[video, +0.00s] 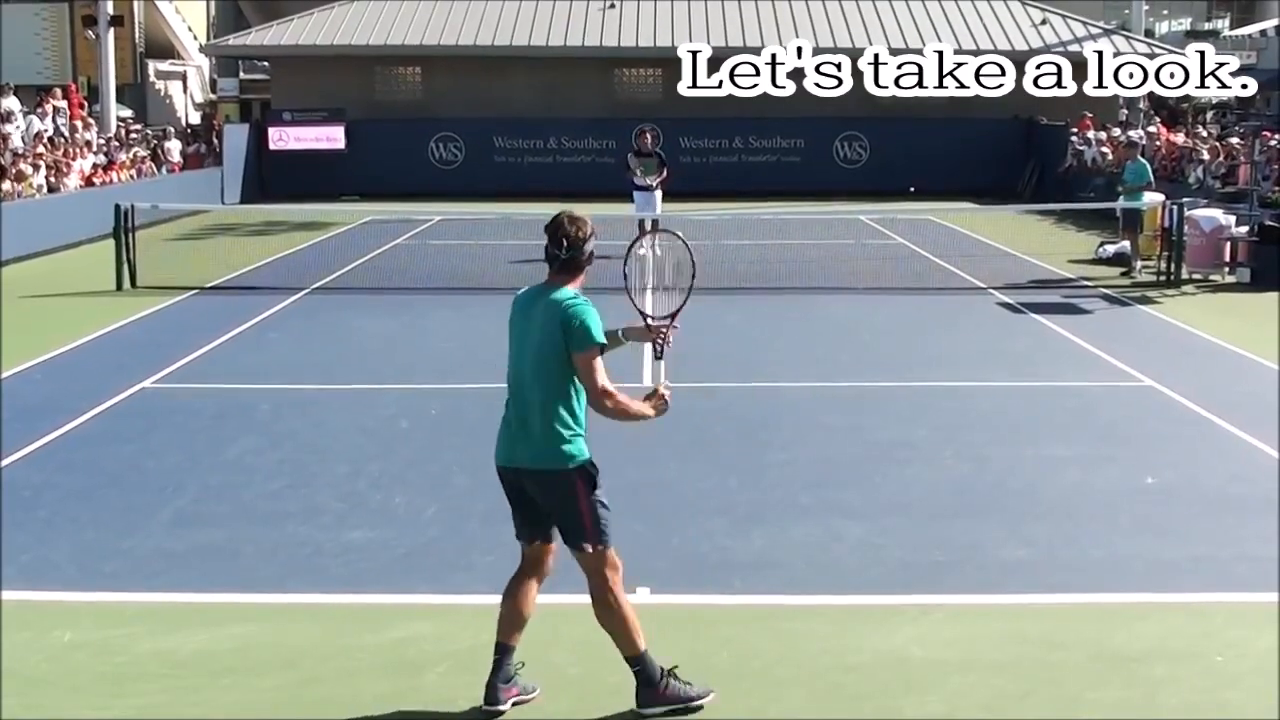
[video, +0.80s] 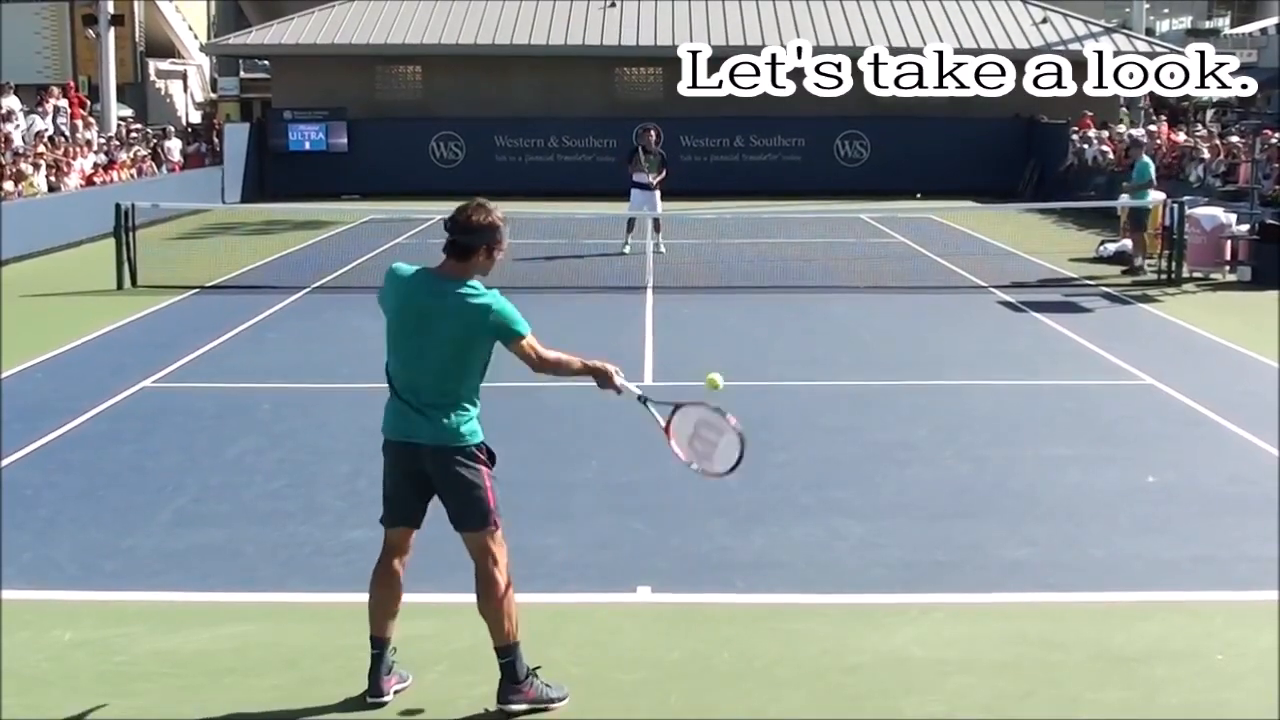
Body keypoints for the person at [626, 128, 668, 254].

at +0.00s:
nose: (646, 141)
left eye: (648, 138)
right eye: (643, 139)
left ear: (652, 140)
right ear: (638, 141)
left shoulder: (657, 154)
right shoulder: (633, 156)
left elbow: (664, 171)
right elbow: (630, 172)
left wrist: (656, 181)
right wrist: (636, 174)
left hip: (654, 189)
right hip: (640, 189)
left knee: (655, 217)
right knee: (641, 218)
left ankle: (655, 242)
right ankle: (643, 244)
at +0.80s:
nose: (650, 138)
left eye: (652, 136)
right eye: (647, 136)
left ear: (656, 138)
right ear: (643, 138)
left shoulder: (660, 154)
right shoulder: (636, 152)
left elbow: (664, 171)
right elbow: (631, 170)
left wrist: (656, 180)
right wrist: (639, 166)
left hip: (653, 187)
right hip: (638, 187)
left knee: (656, 215)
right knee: (632, 215)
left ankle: (659, 242)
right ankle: (627, 242)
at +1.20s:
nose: (650, 143)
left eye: (653, 141)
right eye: (648, 140)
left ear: (656, 143)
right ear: (643, 142)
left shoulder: (657, 159)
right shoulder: (637, 155)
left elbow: (661, 179)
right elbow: (633, 171)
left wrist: (674, 178)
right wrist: (647, 172)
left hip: (649, 190)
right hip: (634, 189)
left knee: (658, 215)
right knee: (629, 217)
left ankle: (663, 243)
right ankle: (615, 243)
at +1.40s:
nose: (659, 145)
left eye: (661, 142)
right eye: (657, 142)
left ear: (662, 144)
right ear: (651, 142)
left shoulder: (661, 160)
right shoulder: (640, 154)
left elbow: (671, 178)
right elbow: (626, 166)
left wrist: (688, 180)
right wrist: (631, 178)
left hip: (650, 189)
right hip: (637, 188)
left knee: (658, 215)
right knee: (634, 215)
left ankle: (662, 243)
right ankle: (619, 239)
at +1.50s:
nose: (661, 146)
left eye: (663, 144)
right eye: (659, 143)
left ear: (663, 146)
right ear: (652, 143)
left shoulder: (661, 162)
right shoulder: (639, 154)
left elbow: (663, 180)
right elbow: (625, 164)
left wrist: (674, 189)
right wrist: (626, 174)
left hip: (649, 189)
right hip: (635, 188)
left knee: (656, 215)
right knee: (636, 215)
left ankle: (661, 243)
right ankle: (626, 242)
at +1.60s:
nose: (660, 146)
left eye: (661, 143)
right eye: (658, 142)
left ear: (662, 145)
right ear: (651, 142)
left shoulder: (659, 162)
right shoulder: (637, 152)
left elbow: (656, 179)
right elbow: (623, 163)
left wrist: (662, 193)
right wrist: (623, 173)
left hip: (648, 189)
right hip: (633, 188)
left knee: (653, 216)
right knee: (634, 215)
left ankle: (661, 243)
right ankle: (629, 244)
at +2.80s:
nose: (645, 134)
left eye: (647, 131)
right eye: (643, 131)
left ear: (651, 134)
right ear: (638, 134)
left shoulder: (656, 150)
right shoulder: (632, 148)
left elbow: (660, 166)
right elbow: (627, 166)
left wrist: (652, 177)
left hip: (649, 184)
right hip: (633, 184)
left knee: (651, 213)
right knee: (627, 212)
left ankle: (653, 240)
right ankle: (621, 239)